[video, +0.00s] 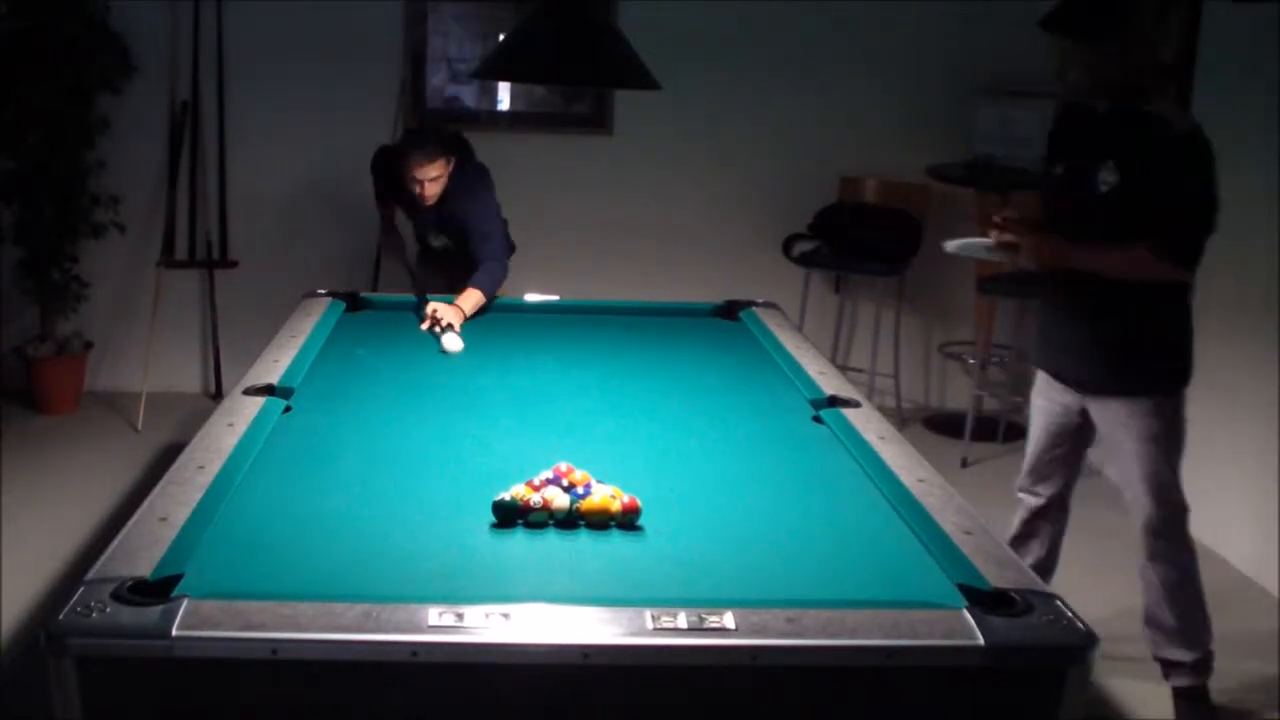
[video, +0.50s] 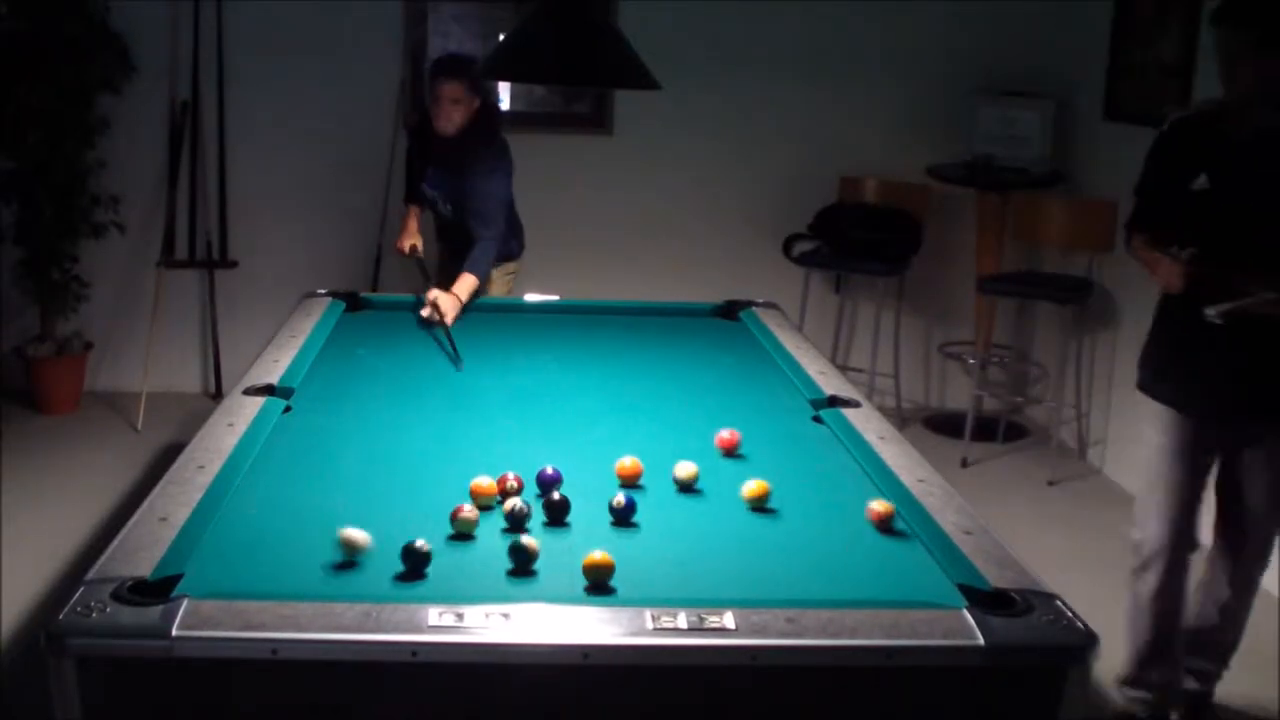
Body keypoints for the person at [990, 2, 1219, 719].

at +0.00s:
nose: (1069, 69)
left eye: (1082, 55)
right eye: (1068, 55)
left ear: (1122, 57)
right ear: (1077, 56)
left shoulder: (1179, 144)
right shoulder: (1075, 126)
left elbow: (1174, 261)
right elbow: (1068, 219)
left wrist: (1059, 252)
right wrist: (1019, 224)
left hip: (1138, 375)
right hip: (1061, 358)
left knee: (1158, 525)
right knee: (1035, 496)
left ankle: (1185, 674)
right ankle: (1011, 630)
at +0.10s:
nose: (1101, 78)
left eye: (1114, 63)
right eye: (1099, 63)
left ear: (1157, 63)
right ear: (1106, 62)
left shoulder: (1226, 153)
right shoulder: (1101, 139)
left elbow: (1226, 275)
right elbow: (1086, 238)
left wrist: (1102, 265)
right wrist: (1046, 247)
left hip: (1176, 381)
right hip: (1091, 366)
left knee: (1177, 538)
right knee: (1049, 503)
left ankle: (1188, 682)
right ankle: (1012, 636)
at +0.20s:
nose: (1121, 75)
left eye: (1137, 60)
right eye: (1125, 60)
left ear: (1186, 64)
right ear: (1150, 70)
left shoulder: (1258, 156)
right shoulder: (1129, 146)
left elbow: (1263, 282)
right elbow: (1099, 241)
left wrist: (1149, 277)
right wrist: (1081, 251)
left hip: (1213, 391)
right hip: (1122, 375)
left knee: (1199, 547)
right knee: (1060, 505)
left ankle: (1191, 678)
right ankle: (1018, 634)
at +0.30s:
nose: (1171, 76)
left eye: (1186, 63)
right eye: (1170, 61)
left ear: (1228, 64)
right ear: (1172, 65)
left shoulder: (1276, 146)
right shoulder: (1153, 142)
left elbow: (1276, 277)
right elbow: (1114, 260)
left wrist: (1185, 278)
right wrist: (1124, 262)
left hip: (1239, 382)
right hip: (1146, 370)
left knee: (1214, 550)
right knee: (1078, 515)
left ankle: (1194, 682)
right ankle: (1041, 650)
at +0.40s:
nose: (1228, 90)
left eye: (1242, 78)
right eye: (1220, 74)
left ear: (1266, 80)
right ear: (1205, 72)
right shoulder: (1174, 138)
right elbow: (1138, 248)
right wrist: (1154, 256)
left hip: (1262, 380)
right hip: (1167, 363)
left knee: (1232, 553)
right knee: (1111, 523)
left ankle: (1195, 681)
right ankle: (1094, 663)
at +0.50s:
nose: (1245, 78)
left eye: (1255, 65)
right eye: (1237, 61)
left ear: (1275, 71)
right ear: (1222, 60)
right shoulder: (1192, 134)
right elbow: (1140, 230)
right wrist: (1170, 269)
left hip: (1271, 372)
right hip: (1192, 360)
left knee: (1246, 546)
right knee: (1161, 535)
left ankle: (1198, 681)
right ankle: (1145, 681)